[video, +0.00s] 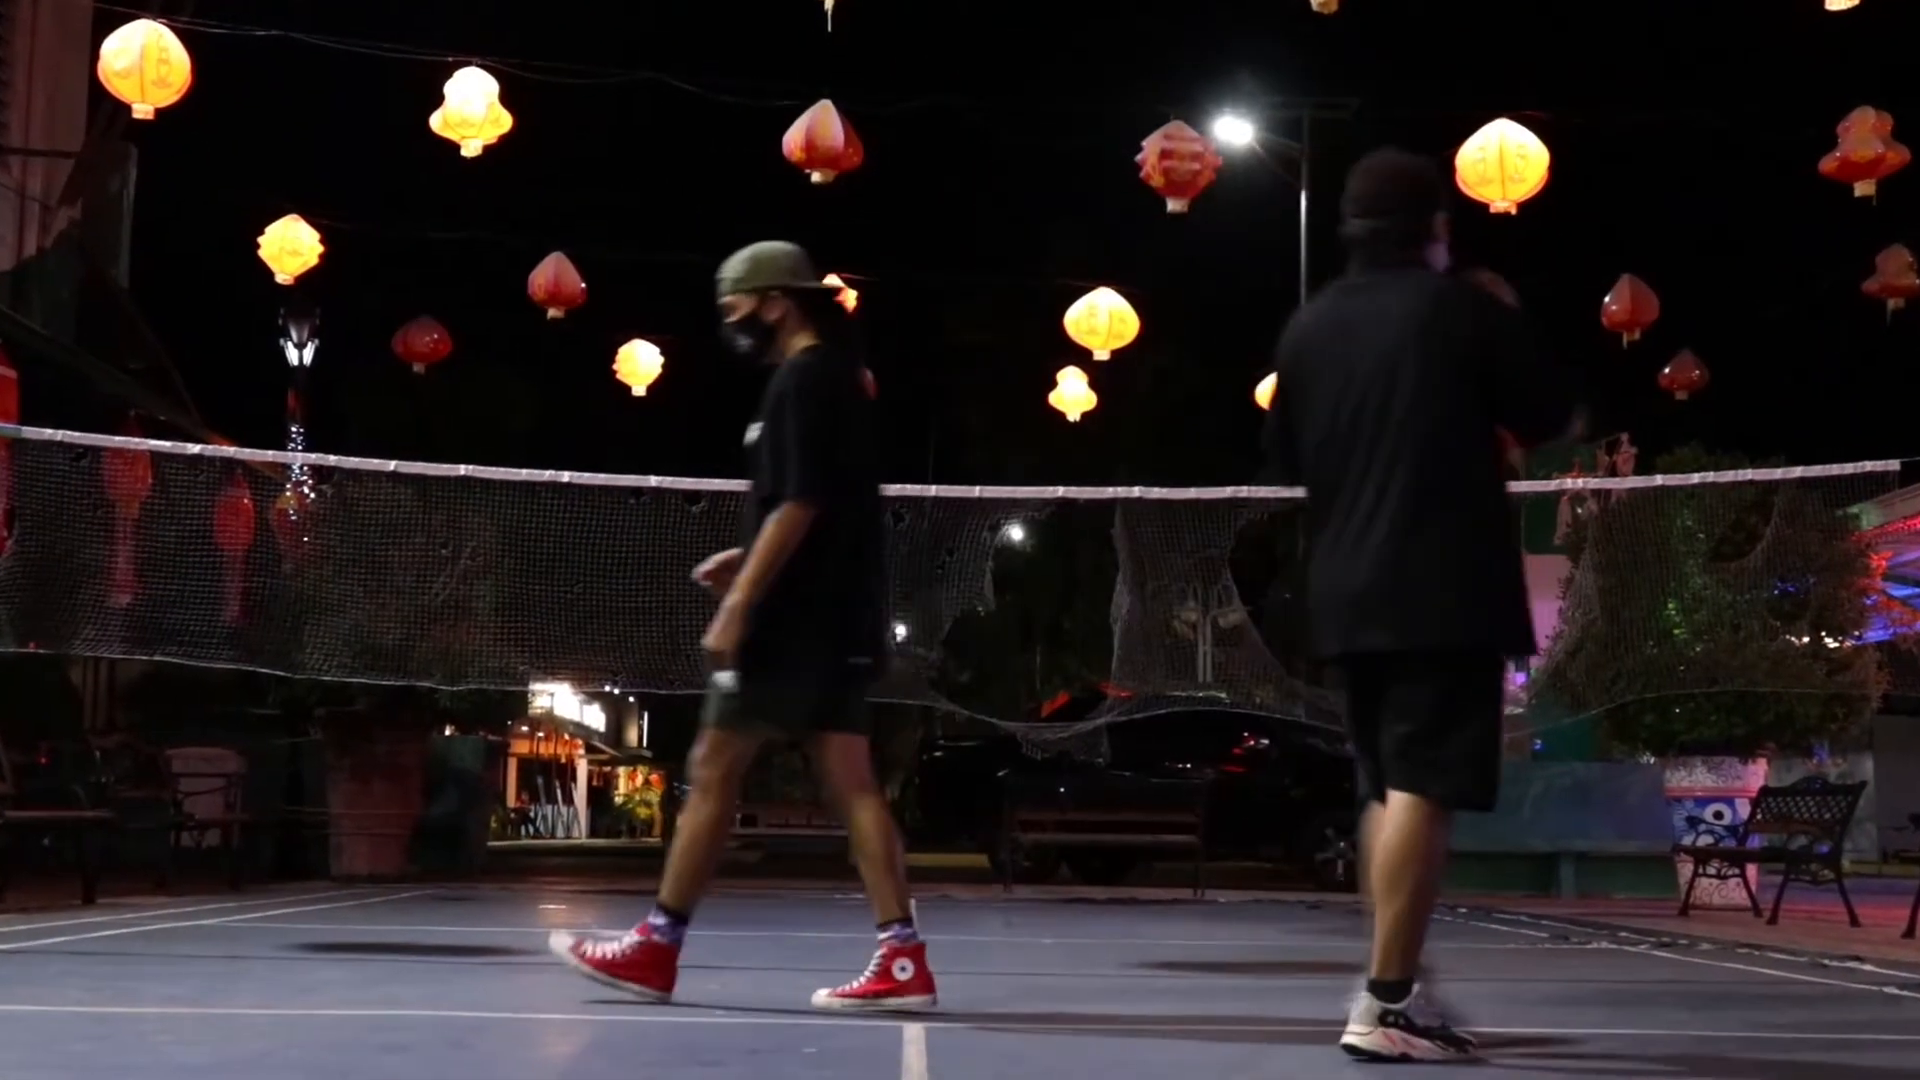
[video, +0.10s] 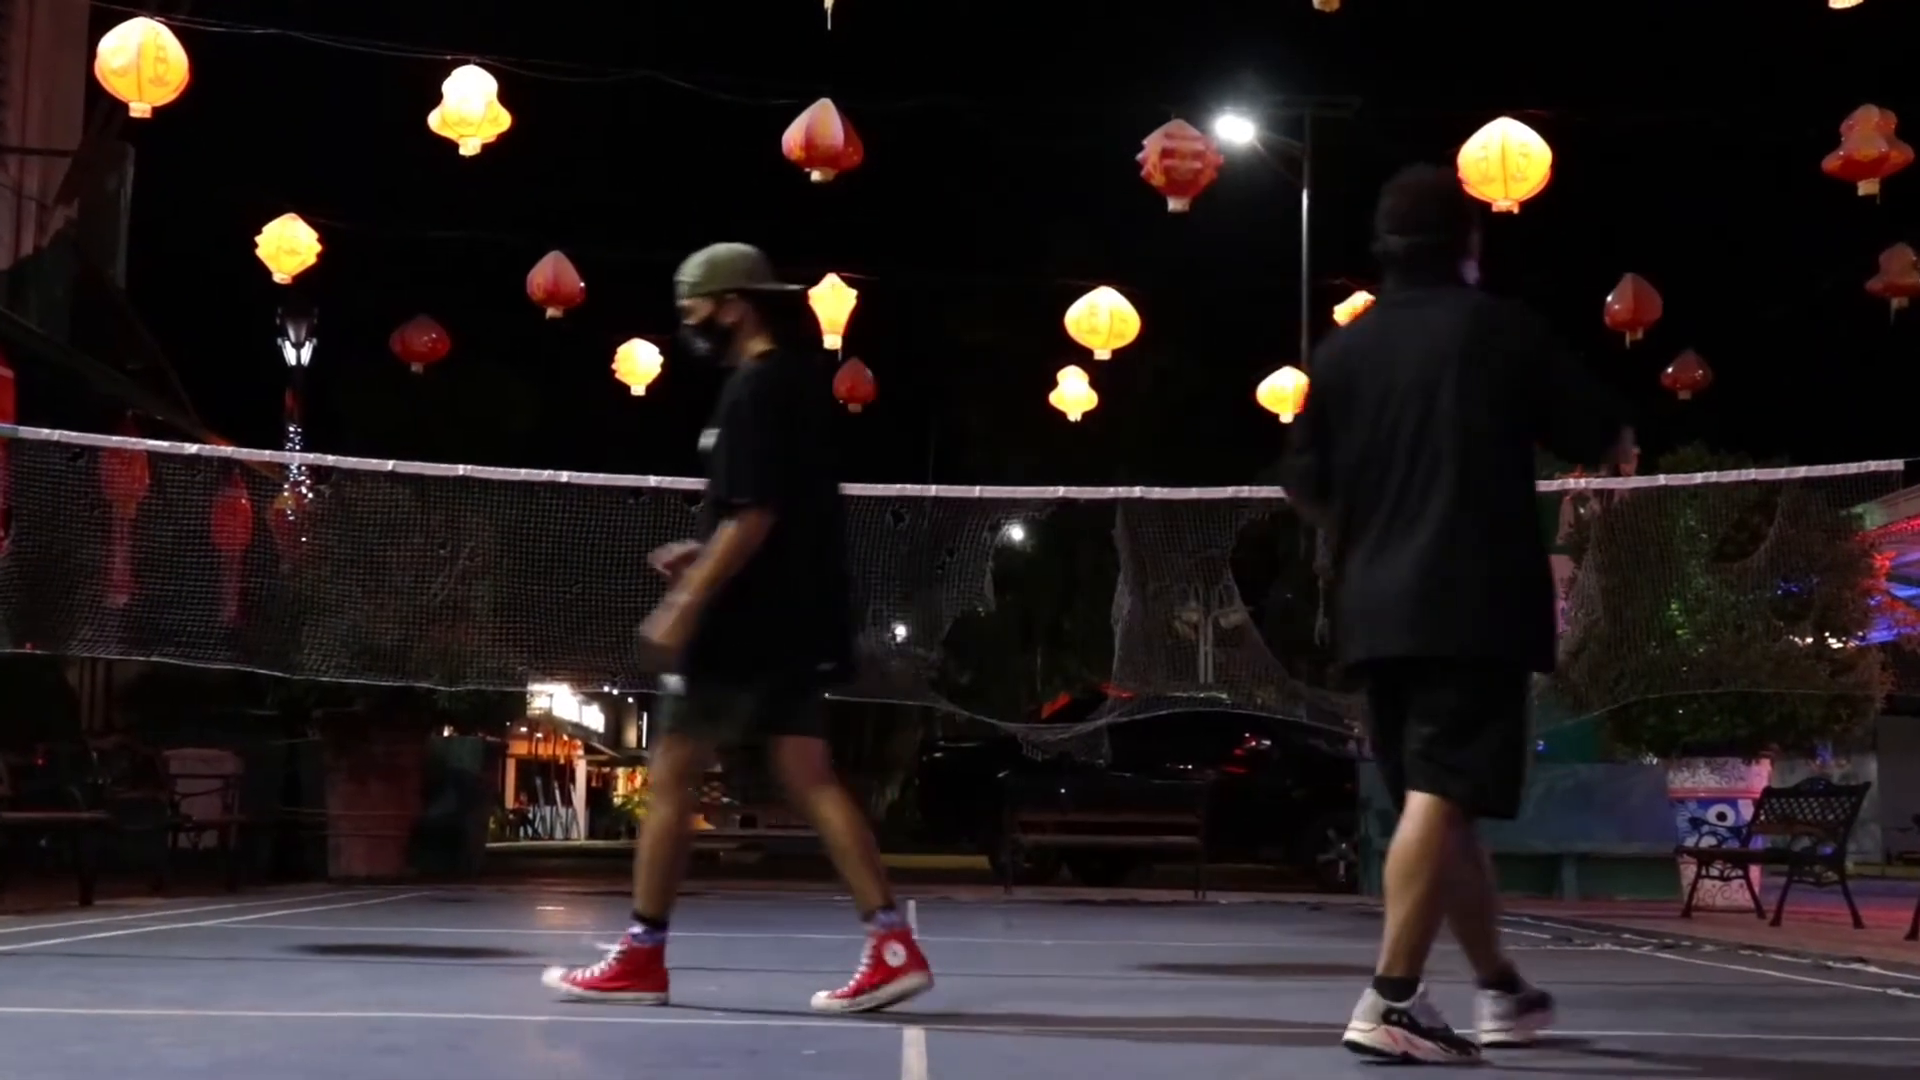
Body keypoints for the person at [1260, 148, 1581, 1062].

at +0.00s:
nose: (1451, 231)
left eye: (1442, 218)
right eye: (1447, 218)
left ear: (1353, 230)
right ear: (1434, 228)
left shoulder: (1309, 329)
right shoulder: (1464, 310)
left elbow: (1292, 458)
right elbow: (1542, 416)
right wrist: (1505, 315)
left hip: (1349, 585)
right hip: (1448, 584)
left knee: (1389, 786)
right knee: (1420, 789)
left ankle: (1400, 988)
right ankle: (1383, 1003)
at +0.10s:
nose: (1481, 252)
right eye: (1476, 240)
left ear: (1384, 250)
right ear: (1467, 247)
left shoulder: (1344, 351)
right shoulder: (1503, 332)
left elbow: (1304, 477)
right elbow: (1597, 438)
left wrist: (1372, 514)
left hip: (1378, 599)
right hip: (1482, 595)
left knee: (1439, 803)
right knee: (1435, 795)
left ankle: (1503, 992)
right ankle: (1387, 1001)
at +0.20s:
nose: (1499, 260)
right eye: (1495, 247)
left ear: (1403, 260)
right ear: (1487, 255)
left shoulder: (1365, 365)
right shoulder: (1526, 343)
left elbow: (1317, 496)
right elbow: (1625, 453)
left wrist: (1368, 574)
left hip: (1397, 608)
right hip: (1502, 606)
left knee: (1457, 805)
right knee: (1461, 795)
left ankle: (1513, 996)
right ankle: (1397, 988)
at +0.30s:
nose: (1521, 259)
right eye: (1515, 246)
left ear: (1425, 262)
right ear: (1508, 254)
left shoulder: (1391, 358)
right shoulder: (1557, 341)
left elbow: (1336, 488)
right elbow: (1628, 466)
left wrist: (1386, 580)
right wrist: (1639, 563)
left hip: (1428, 606)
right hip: (1536, 601)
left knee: (1467, 796)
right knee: (1548, 787)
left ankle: (1509, 989)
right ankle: (1453, 936)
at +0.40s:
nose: (1538, 259)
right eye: (1532, 247)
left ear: (1442, 265)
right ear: (1526, 257)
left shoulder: (1406, 362)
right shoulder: (1573, 347)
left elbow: (1360, 497)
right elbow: (1627, 487)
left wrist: (1402, 593)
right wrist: (1656, 598)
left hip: (1448, 614)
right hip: (1557, 608)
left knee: (1483, 789)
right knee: (1596, 775)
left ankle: (1506, 1009)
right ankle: (1513, 918)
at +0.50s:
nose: (1563, 268)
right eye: (1557, 255)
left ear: (1468, 270)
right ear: (1552, 264)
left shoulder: (1433, 367)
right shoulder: (1592, 353)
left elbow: (1406, 512)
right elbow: (1635, 495)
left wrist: (1434, 601)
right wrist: (1662, 611)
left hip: (1475, 615)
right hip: (1579, 609)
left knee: (1499, 791)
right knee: (1624, 776)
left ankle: (1517, 997)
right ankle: (1594, 947)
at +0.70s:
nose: (1613, 292)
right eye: (1611, 279)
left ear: (1517, 287)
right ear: (1600, 285)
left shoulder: (1477, 385)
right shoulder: (1632, 373)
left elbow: (1461, 518)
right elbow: (1682, 512)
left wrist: (1511, 584)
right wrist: (1694, 623)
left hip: (1509, 629)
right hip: (1622, 627)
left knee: (1521, 801)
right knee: (1644, 815)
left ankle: (1521, 998)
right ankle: (1689, 991)